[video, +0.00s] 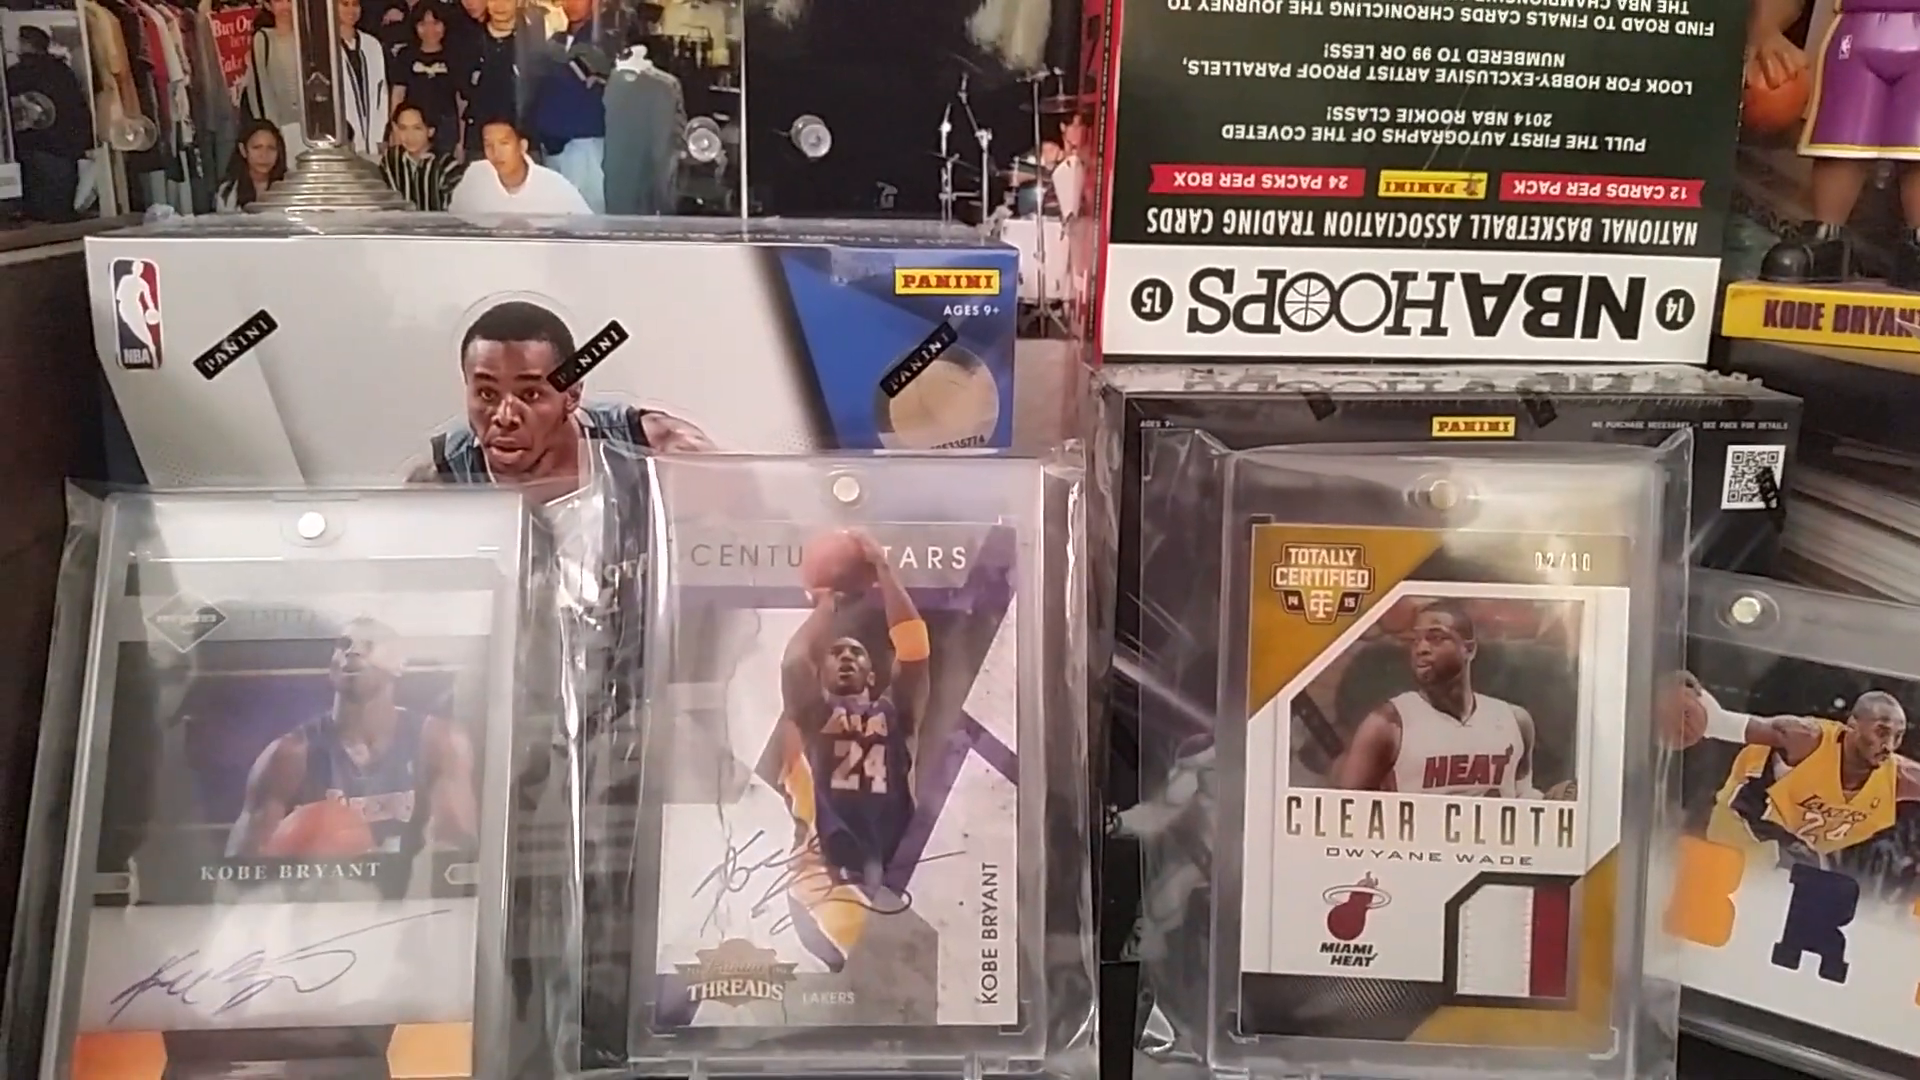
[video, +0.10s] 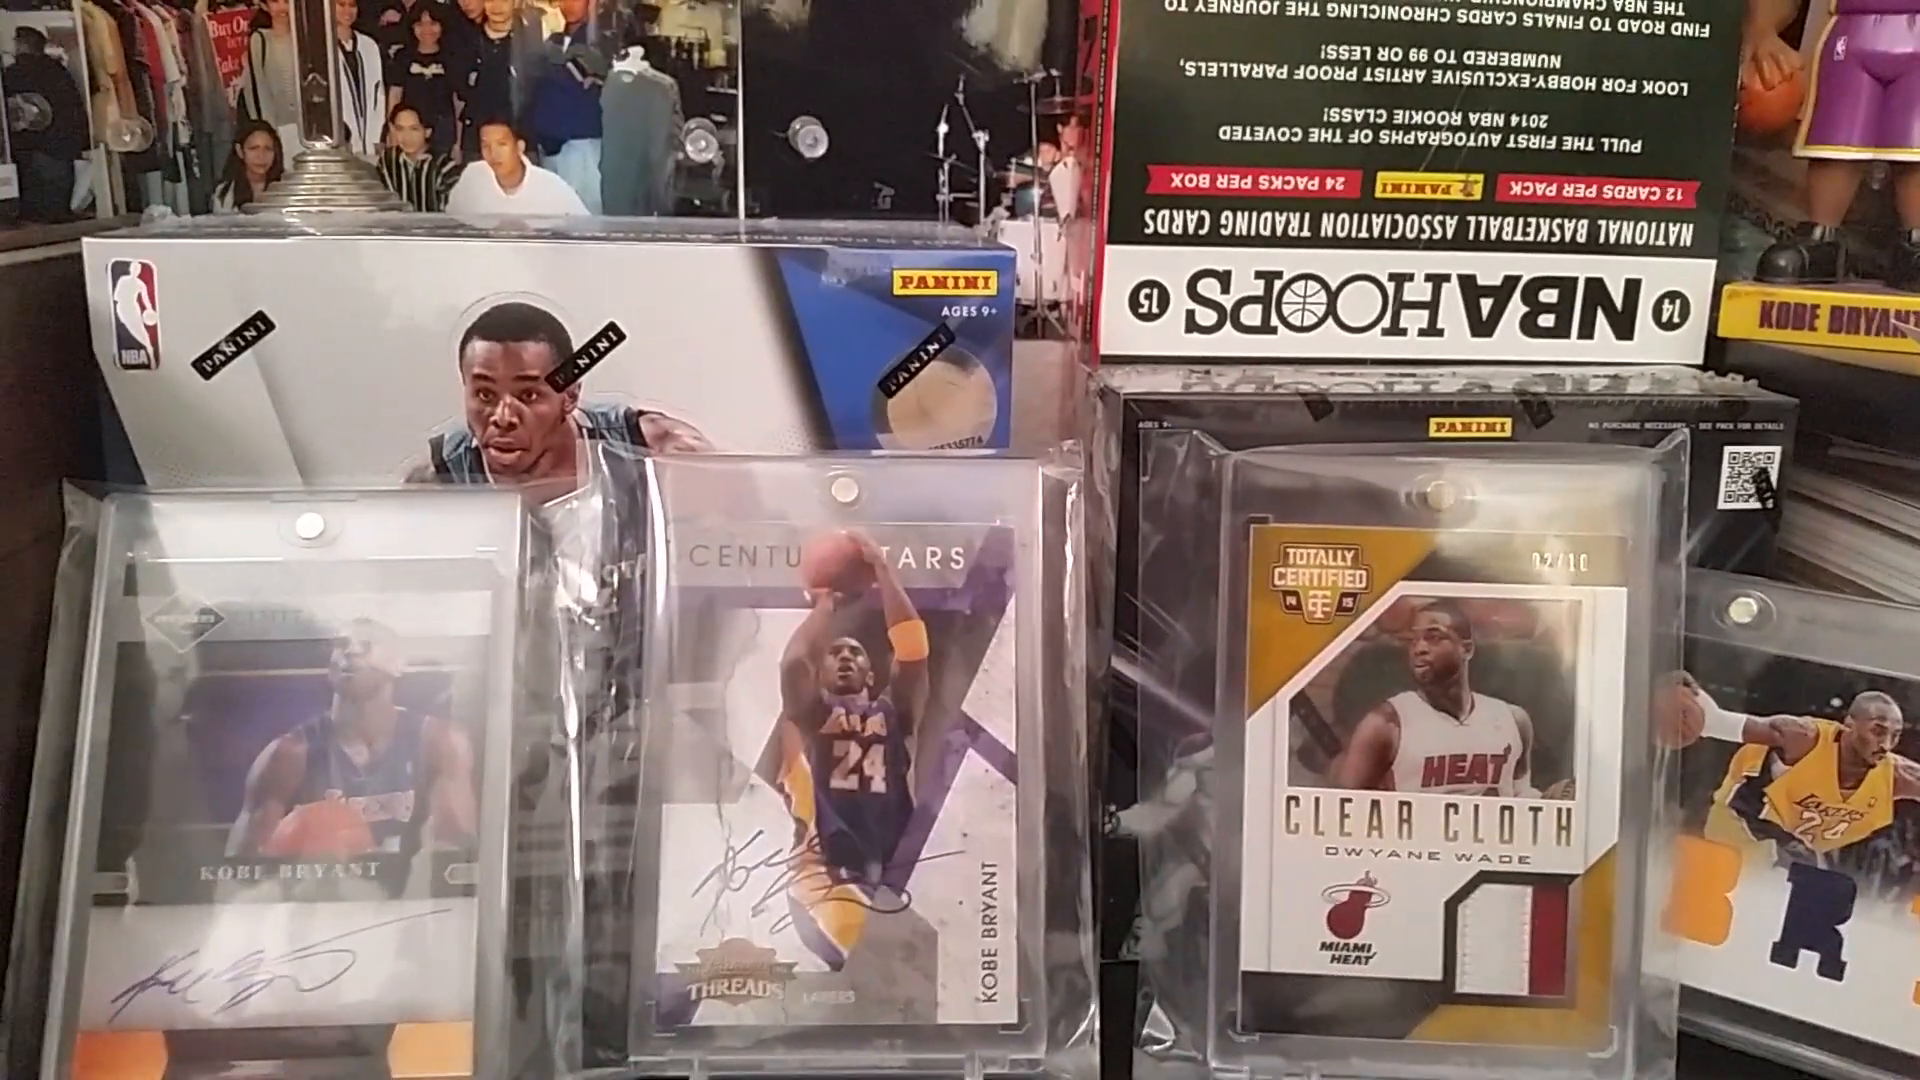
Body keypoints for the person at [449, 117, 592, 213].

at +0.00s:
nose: (496, 153)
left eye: (504, 144)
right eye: (489, 146)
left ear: (522, 146)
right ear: (484, 150)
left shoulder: (554, 184)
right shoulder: (476, 175)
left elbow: (590, 229)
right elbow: (452, 223)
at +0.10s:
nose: (494, 154)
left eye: (502, 145)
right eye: (486, 146)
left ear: (520, 147)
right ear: (481, 150)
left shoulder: (551, 185)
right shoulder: (473, 176)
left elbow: (587, 230)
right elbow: (449, 224)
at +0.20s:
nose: (501, 153)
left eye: (509, 143)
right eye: (493, 145)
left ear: (527, 146)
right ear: (488, 148)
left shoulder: (558, 184)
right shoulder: (480, 176)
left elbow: (595, 229)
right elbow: (456, 223)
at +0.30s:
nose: (523, 152)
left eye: (532, 143)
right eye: (516, 144)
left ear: (551, 146)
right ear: (511, 150)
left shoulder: (581, 183)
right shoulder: (503, 174)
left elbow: (616, 227)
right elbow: (480, 222)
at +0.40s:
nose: (545, 152)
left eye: (554, 143)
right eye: (538, 144)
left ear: (572, 146)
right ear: (533, 147)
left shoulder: (602, 184)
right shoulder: (525, 174)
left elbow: (636, 228)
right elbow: (503, 222)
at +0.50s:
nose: (562, 153)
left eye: (570, 145)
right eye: (555, 146)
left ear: (588, 148)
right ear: (550, 148)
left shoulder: (618, 186)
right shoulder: (542, 176)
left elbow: (653, 230)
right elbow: (520, 223)